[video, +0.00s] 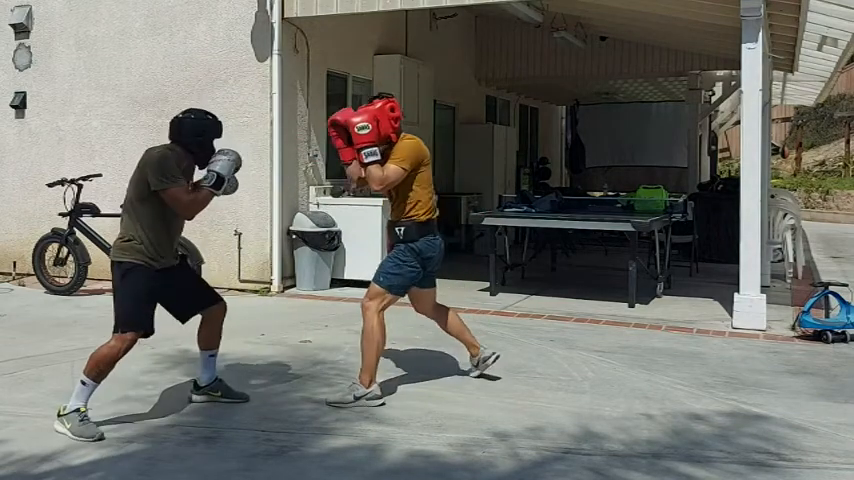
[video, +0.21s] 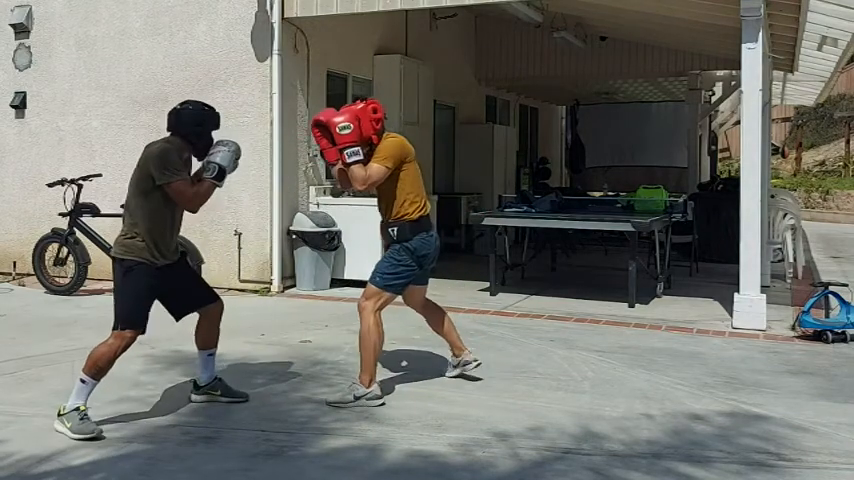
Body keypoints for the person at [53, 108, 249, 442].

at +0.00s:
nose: (214, 147)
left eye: (214, 141)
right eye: (211, 140)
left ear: (186, 138)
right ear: (195, 140)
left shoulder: (181, 165)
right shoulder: (161, 158)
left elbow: (183, 204)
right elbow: (186, 208)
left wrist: (213, 183)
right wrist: (214, 180)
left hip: (167, 260)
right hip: (134, 260)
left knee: (214, 308)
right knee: (126, 336)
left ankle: (207, 381)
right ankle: (72, 410)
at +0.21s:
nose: (212, 138)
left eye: (213, 133)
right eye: (210, 132)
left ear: (183, 129)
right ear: (194, 131)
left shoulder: (179, 156)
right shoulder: (164, 151)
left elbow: (179, 200)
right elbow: (191, 201)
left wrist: (208, 171)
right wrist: (215, 171)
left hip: (167, 257)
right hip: (136, 257)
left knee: (212, 306)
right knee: (126, 334)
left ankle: (206, 381)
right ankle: (72, 408)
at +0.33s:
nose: (219, 148)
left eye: (219, 141)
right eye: (216, 141)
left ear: (185, 137)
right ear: (201, 141)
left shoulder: (175, 163)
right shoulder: (171, 159)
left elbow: (156, 220)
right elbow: (196, 210)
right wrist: (219, 180)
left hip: (165, 263)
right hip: (137, 263)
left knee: (213, 307)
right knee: (133, 340)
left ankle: (206, 381)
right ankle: (73, 409)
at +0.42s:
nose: (220, 157)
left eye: (220, 150)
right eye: (217, 150)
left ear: (186, 145)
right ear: (203, 149)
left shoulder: (177, 170)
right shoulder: (177, 165)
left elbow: (186, 227)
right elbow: (195, 219)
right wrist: (220, 192)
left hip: (161, 268)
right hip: (131, 268)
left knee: (210, 308)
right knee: (138, 343)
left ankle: (207, 382)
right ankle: (74, 409)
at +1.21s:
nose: (210, 140)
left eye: (210, 133)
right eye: (207, 133)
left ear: (176, 132)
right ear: (193, 134)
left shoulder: (172, 163)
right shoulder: (163, 159)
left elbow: (179, 212)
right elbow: (186, 213)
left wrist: (208, 183)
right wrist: (209, 180)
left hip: (159, 262)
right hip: (130, 262)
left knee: (209, 307)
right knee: (132, 339)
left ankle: (206, 381)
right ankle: (73, 409)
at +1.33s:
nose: (219, 137)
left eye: (219, 131)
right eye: (216, 130)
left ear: (192, 132)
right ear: (202, 132)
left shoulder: (201, 157)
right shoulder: (173, 153)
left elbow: (244, 154)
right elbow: (200, 203)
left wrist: (292, 143)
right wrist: (224, 170)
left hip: (161, 256)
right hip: (127, 255)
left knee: (204, 308)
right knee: (121, 331)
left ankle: (207, 383)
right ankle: (70, 406)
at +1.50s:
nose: (218, 139)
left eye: (217, 133)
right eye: (213, 133)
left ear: (189, 135)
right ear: (199, 136)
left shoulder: (201, 163)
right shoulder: (168, 160)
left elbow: (231, 188)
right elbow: (194, 211)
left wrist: (257, 176)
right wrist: (221, 178)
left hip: (165, 257)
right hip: (129, 255)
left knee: (211, 308)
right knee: (107, 330)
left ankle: (208, 381)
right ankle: (44, 399)